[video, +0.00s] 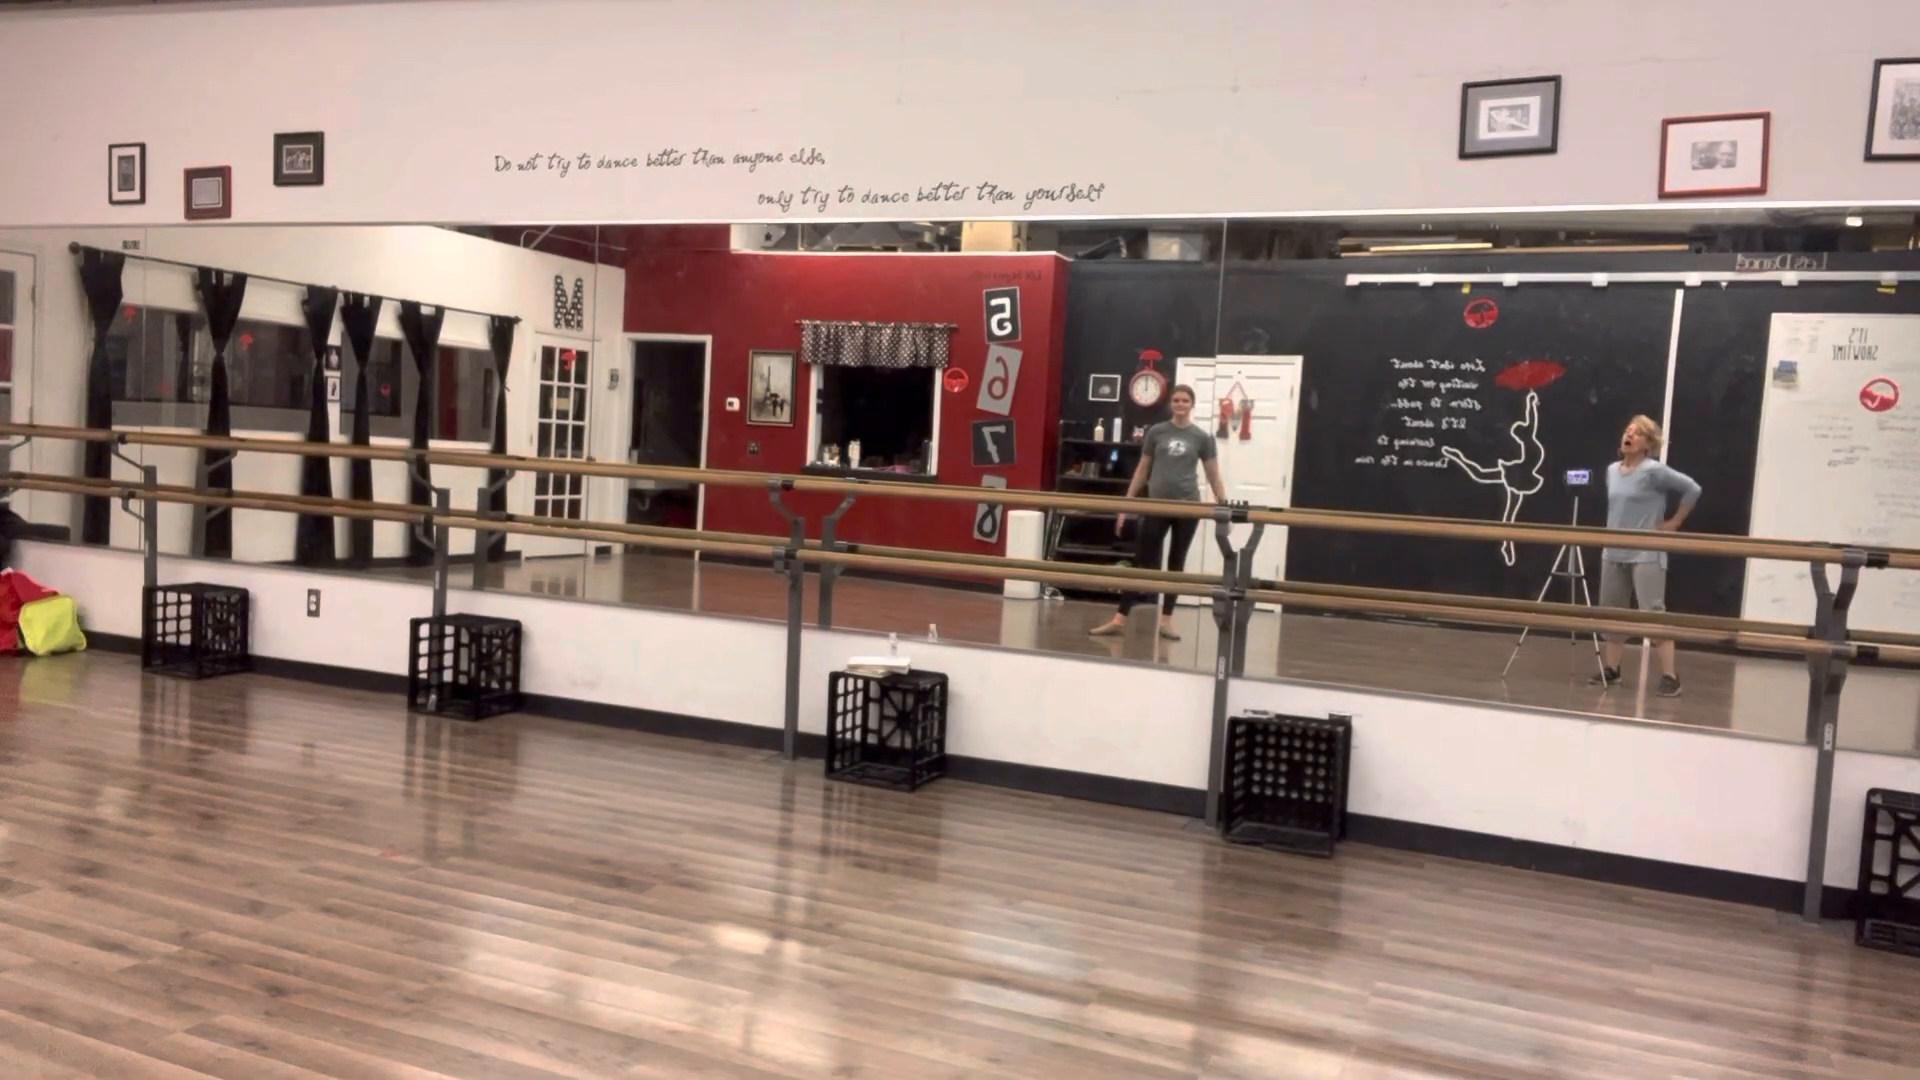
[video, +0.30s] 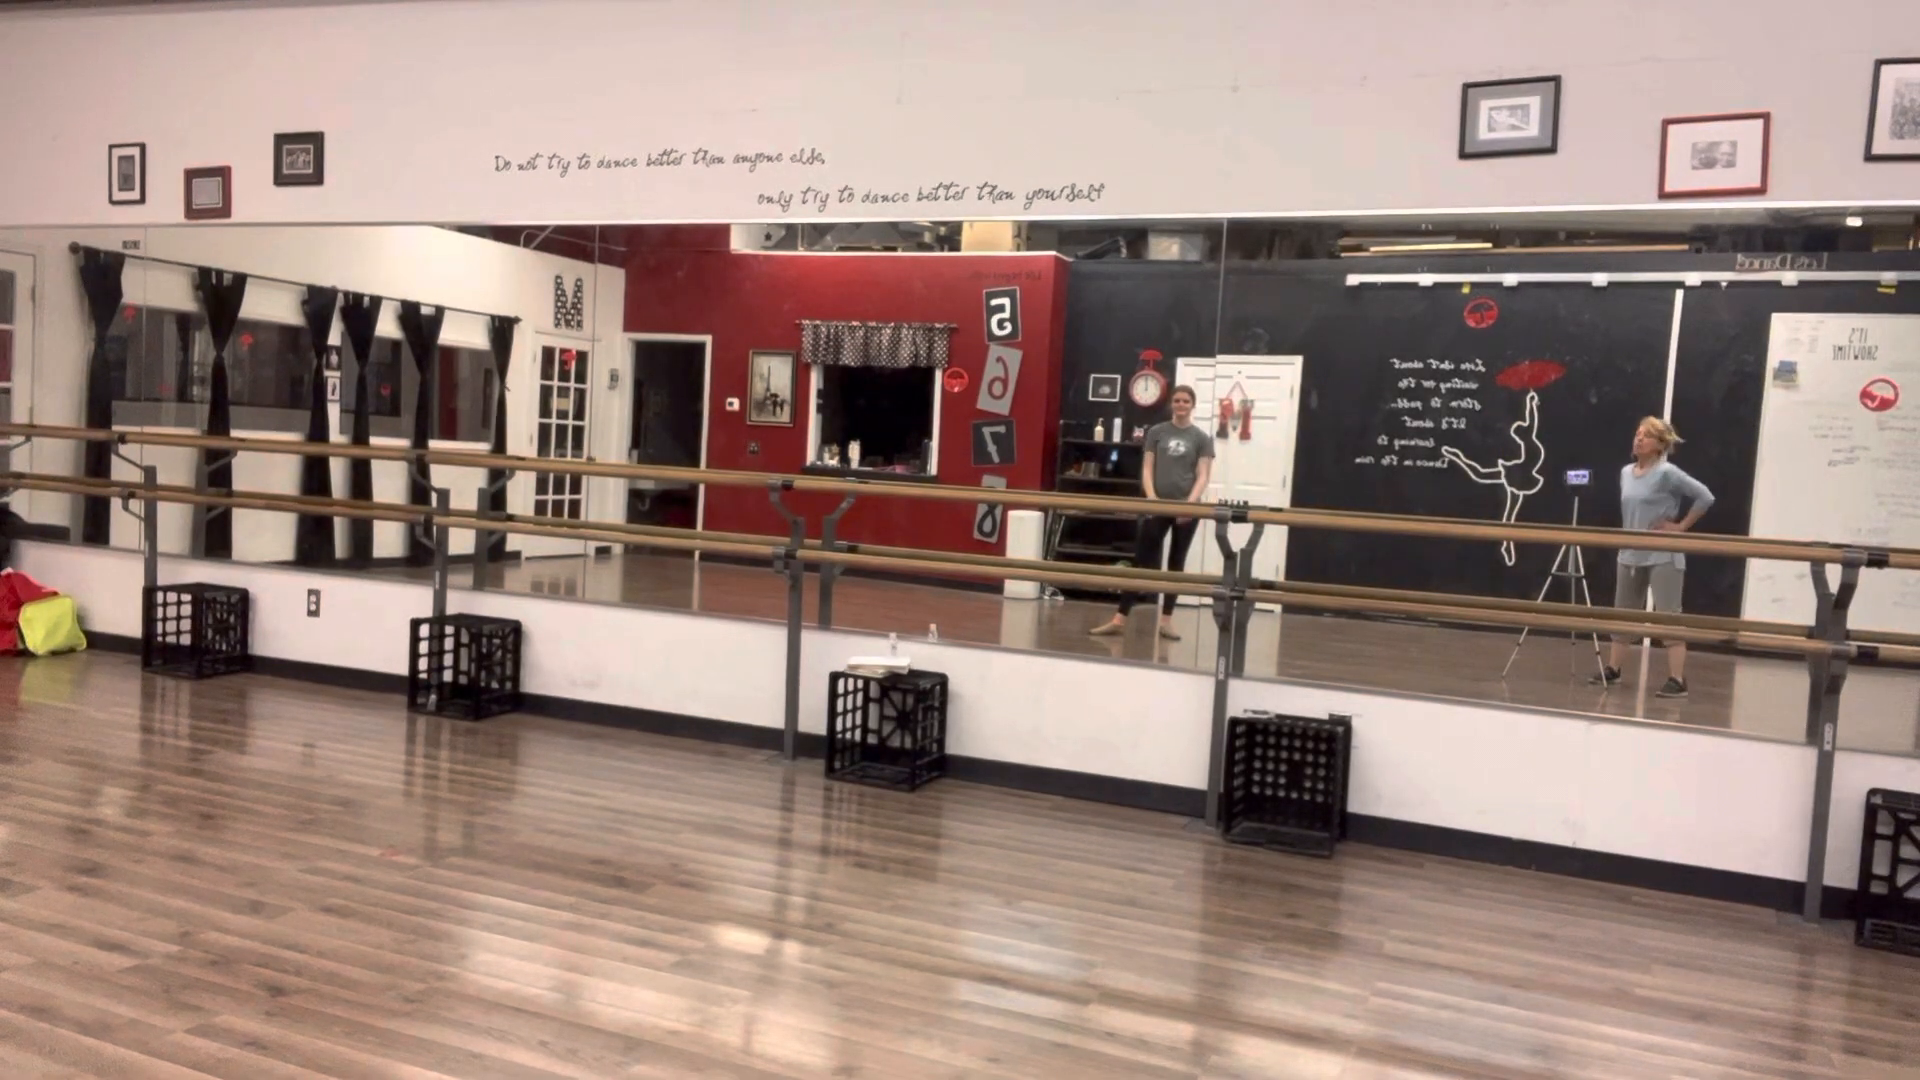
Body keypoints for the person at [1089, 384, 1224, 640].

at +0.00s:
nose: (1180, 405)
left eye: (1185, 401)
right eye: (1176, 400)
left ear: (1192, 405)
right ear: (1170, 404)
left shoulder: (1202, 437)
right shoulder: (1155, 433)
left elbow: (1213, 476)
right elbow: (1142, 471)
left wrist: (1223, 506)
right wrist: (1125, 506)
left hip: (1187, 509)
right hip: (1156, 507)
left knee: (1176, 564)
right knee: (1142, 560)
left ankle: (1165, 620)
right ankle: (1120, 618)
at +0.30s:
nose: (1181, 405)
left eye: (1185, 401)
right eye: (1177, 401)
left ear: (1193, 405)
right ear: (1171, 404)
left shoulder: (1202, 438)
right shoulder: (1155, 432)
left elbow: (1203, 476)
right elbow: (1147, 469)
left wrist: (1189, 505)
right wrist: (1153, 500)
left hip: (1185, 507)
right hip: (1157, 504)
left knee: (1176, 563)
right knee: (1142, 558)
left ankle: (1166, 619)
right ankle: (1120, 617)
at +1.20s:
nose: (1190, 407)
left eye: (1193, 404)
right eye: (1186, 403)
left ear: (1194, 407)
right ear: (1173, 404)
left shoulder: (1201, 437)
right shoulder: (1153, 434)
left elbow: (1215, 473)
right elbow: (1138, 471)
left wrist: (1232, 507)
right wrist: (1123, 506)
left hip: (1188, 509)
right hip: (1156, 507)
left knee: (1176, 563)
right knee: (1142, 560)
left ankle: (1166, 620)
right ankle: (1120, 618)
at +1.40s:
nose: (1191, 408)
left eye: (1194, 404)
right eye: (1187, 403)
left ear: (1195, 407)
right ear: (1174, 404)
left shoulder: (1201, 438)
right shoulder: (1154, 433)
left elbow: (1207, 475)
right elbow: (1144, 471)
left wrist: (1211, 508)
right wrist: (1142, 506)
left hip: (1188, 509)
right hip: (1156, 506)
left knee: (1176, 564)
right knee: (1142, 560)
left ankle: (1166, 620)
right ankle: (1120, 617)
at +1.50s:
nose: (1192, 407)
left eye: (1195, 403)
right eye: (1188, 403)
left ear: (1195, 406)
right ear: (1174, 404)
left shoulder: (1200, 437)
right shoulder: (1154, 432)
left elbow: (1203, 476)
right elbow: (1148, 473)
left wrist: (1188, 505)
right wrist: (1158, 503)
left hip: (1187, 507)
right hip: (1158, 505)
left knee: (1176, 564)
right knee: (1142, 559)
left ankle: (1166, 620)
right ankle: (1120, 617)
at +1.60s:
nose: (1193, 407)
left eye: (1195, 403)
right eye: (1189, 402)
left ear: (1195, 406)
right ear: (1175, 404)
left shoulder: (1200, 437)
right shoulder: (1154, 432)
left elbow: (1201, 475)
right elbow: (1150, 472)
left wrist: (1176, 498)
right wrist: (1167, 500)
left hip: (1188, 505)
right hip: (1158, 502)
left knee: (1176, 562)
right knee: (1142, 557)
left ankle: (1166, 620)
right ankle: (1120, 617)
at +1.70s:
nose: (1193, 407)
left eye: (1195, 403)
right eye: (1189, 402)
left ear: (1195, 406)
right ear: (1175, 403)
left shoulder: (1200, 437)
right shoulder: (1154, 432)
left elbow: (1202, 476)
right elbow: (1148, 473)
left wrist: (1178, 501)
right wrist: (1160, 504)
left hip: (1187, 506)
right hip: (1157, 503)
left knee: (1176, 562)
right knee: (1142, 558)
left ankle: (1166, 620)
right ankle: (1120, 617)